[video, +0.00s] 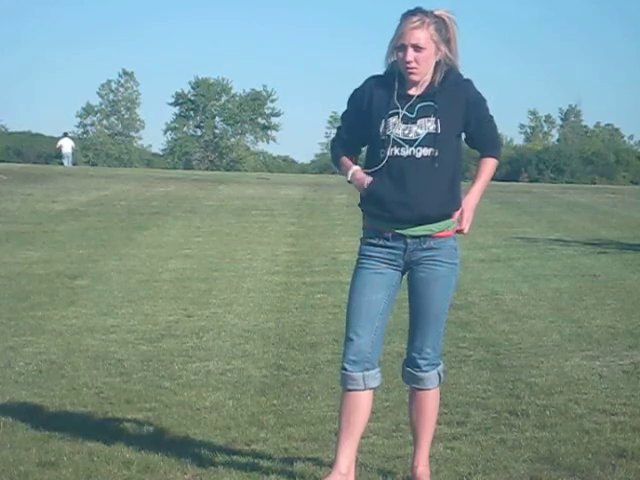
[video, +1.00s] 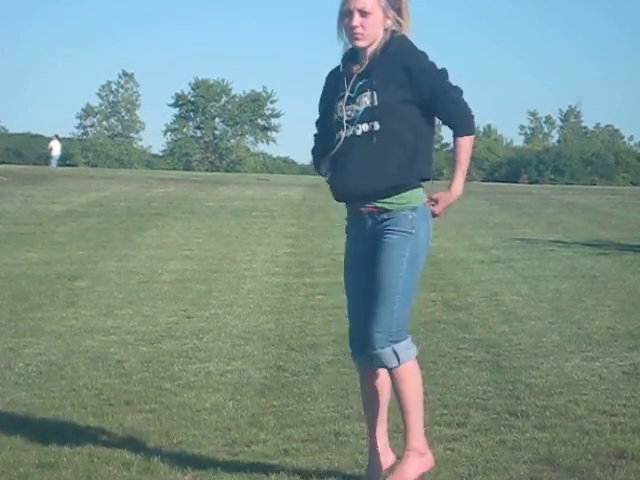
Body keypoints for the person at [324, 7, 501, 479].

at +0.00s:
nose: (408, 56)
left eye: (418, 48)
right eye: (401, 47)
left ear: (439, 51)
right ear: (394, 49)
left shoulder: (461, 92)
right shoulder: (373, 91)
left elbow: (490, 149)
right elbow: (342, 149)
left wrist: (471, 199)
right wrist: (356, 174)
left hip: (437, 245)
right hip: (377, 243)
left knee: (423, 361)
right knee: (357, 357)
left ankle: (420, 466)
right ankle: (343, 469)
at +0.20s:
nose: (409, 54)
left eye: (419, 46)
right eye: (402, 46)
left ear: (440, 50)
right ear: (395, 48)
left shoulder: (463, 93)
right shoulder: (375, 91)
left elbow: (495, 155)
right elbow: (345, 157)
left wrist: (468, 206)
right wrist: (368, 183)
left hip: (434, 246)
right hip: (376, 243)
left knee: (422, 362)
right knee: (347, 353)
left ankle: (420, 467)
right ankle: (341, 466)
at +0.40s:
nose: (395, 46)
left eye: (405, 38)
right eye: (390, 38)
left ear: (429, 44)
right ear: (383, 43)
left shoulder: (451, 88)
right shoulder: (366, 94)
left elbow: (487, 150)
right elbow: (336, 161)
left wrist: (462, 203)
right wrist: (360, 185)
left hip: (425, 244)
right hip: (367, 238)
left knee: (417, 364)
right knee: (340, 347)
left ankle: (419, 464)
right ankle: (376, 446)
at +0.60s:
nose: (377, 52)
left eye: (388, 45)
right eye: (373, 44)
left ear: (412, 52)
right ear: (367, 50)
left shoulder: (434, 100)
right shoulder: (350, 104)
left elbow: (469, 163)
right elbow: (322, 173)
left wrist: (452, 223)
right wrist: (346, 203)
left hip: (412, 251)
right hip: (355, 248)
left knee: (406, 370)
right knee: (347, 365)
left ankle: (422, 464)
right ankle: (383, 467)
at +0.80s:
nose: (362, 49)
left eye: (372, 42)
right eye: (357, 41)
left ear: (396, 49)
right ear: (351, 48)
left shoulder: (419, 95)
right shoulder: (337, 105)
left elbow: (463, 148)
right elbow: (314, 175)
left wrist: (453, 210)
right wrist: (336, 205)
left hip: (403, 242)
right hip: (351, 246)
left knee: (386, 353)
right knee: (345, 369)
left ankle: (425, 446)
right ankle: (382, 465)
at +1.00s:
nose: (354, 21)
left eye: (365, 13)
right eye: (348, 13)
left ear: (387, 17)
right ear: (341, 20)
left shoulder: (407, 60)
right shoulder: (338, 77)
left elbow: (463, 120)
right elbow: (323, 142)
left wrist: (454, 190)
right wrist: (335, 171)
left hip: (403, 216)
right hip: (358, 219)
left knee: (390, 335)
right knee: (364, 341)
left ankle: (418, 451)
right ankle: (380, 454)